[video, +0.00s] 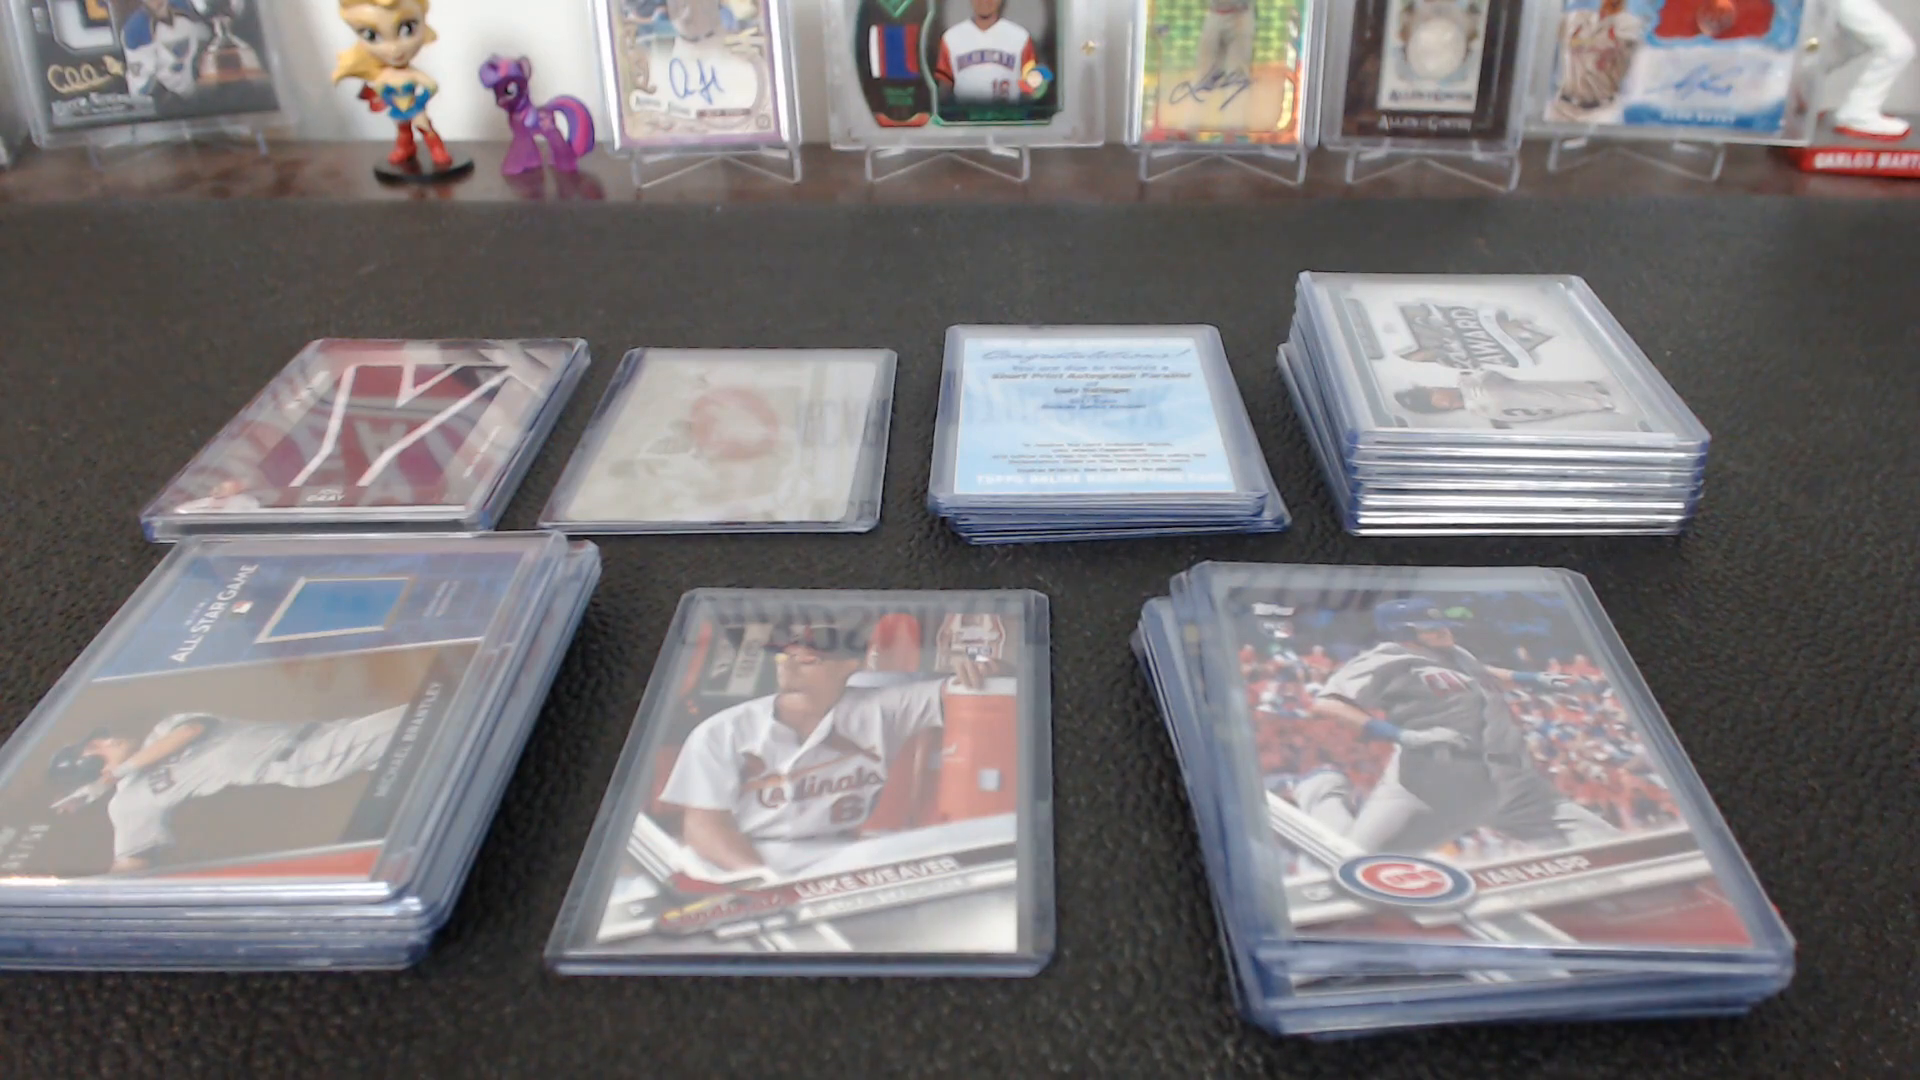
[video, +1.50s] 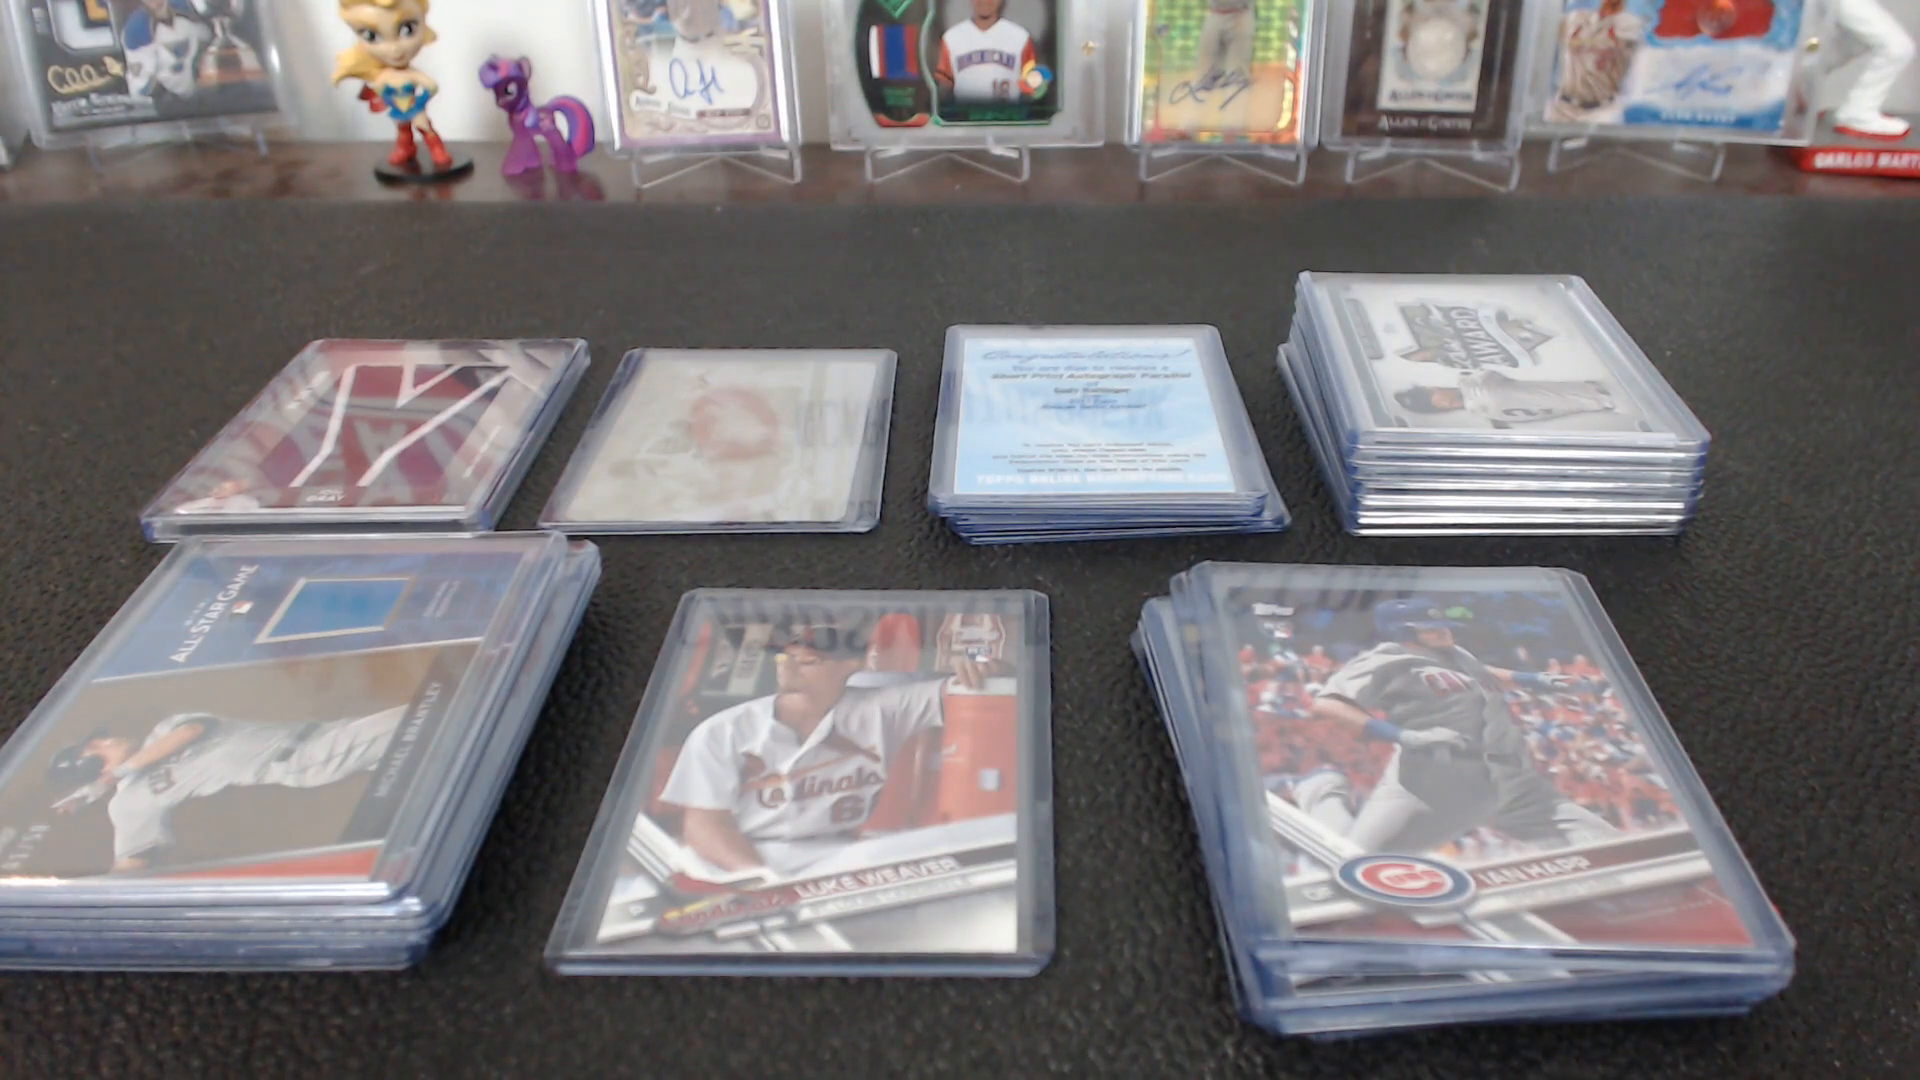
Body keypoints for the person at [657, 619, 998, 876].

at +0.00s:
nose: (798, 656)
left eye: (819, 647)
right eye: (789, 644)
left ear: (852, 662)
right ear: (776, 655)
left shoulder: (878, 714)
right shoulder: (720, 735)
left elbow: (962, 688)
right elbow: (702, 828)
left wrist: (977, 667)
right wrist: (766, 883)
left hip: (831, 873)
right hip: (730, 875)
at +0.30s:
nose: (795, 657)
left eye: (816, 647)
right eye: (787, 644)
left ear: (854, 662)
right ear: (776, 654)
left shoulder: (876, 714)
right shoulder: (720, 735)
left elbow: (960, 690)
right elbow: (703, 830)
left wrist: (973, 670)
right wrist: (768, 884)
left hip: (828, 871)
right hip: (728, 875)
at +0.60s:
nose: (794, 656)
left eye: (816, 647)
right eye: (787, 644)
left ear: (854, 662)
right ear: (776, 654)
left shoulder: (876, 714)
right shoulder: (720, 735)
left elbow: (958, 691)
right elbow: (703, 829)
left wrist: (973, 671)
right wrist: (768, 884)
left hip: (829, 871)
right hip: (729, 875)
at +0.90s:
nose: (795, 655)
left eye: (817, 646)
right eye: (788, 643)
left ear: (853, 662)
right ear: (776, 654)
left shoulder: (876, 714)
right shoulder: (720, 735)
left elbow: (960, 690)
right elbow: (703, 829)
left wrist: (974, 669)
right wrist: (767, 884)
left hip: (829, 870)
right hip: (730, 873)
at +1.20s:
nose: (795, 655)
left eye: (817, 646)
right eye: (788, 643)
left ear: (853, 662)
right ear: (776, 654)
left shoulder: (876, 714)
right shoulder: (720, 735)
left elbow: (959, 690)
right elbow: (703, 829)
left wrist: (974, 669)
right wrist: (768, 884)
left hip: (829, 869)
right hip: (730, 873)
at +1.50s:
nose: (798, 655)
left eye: (820, 645)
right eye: (789, 643)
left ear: (853, 660)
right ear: (776, 654)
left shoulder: (877, 712)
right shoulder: (720, 735)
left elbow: (962, 689)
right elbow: (703, 829)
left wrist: (975, 670)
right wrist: (767, 883)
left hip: (828, 866)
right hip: (731, 870)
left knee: (891, 850)